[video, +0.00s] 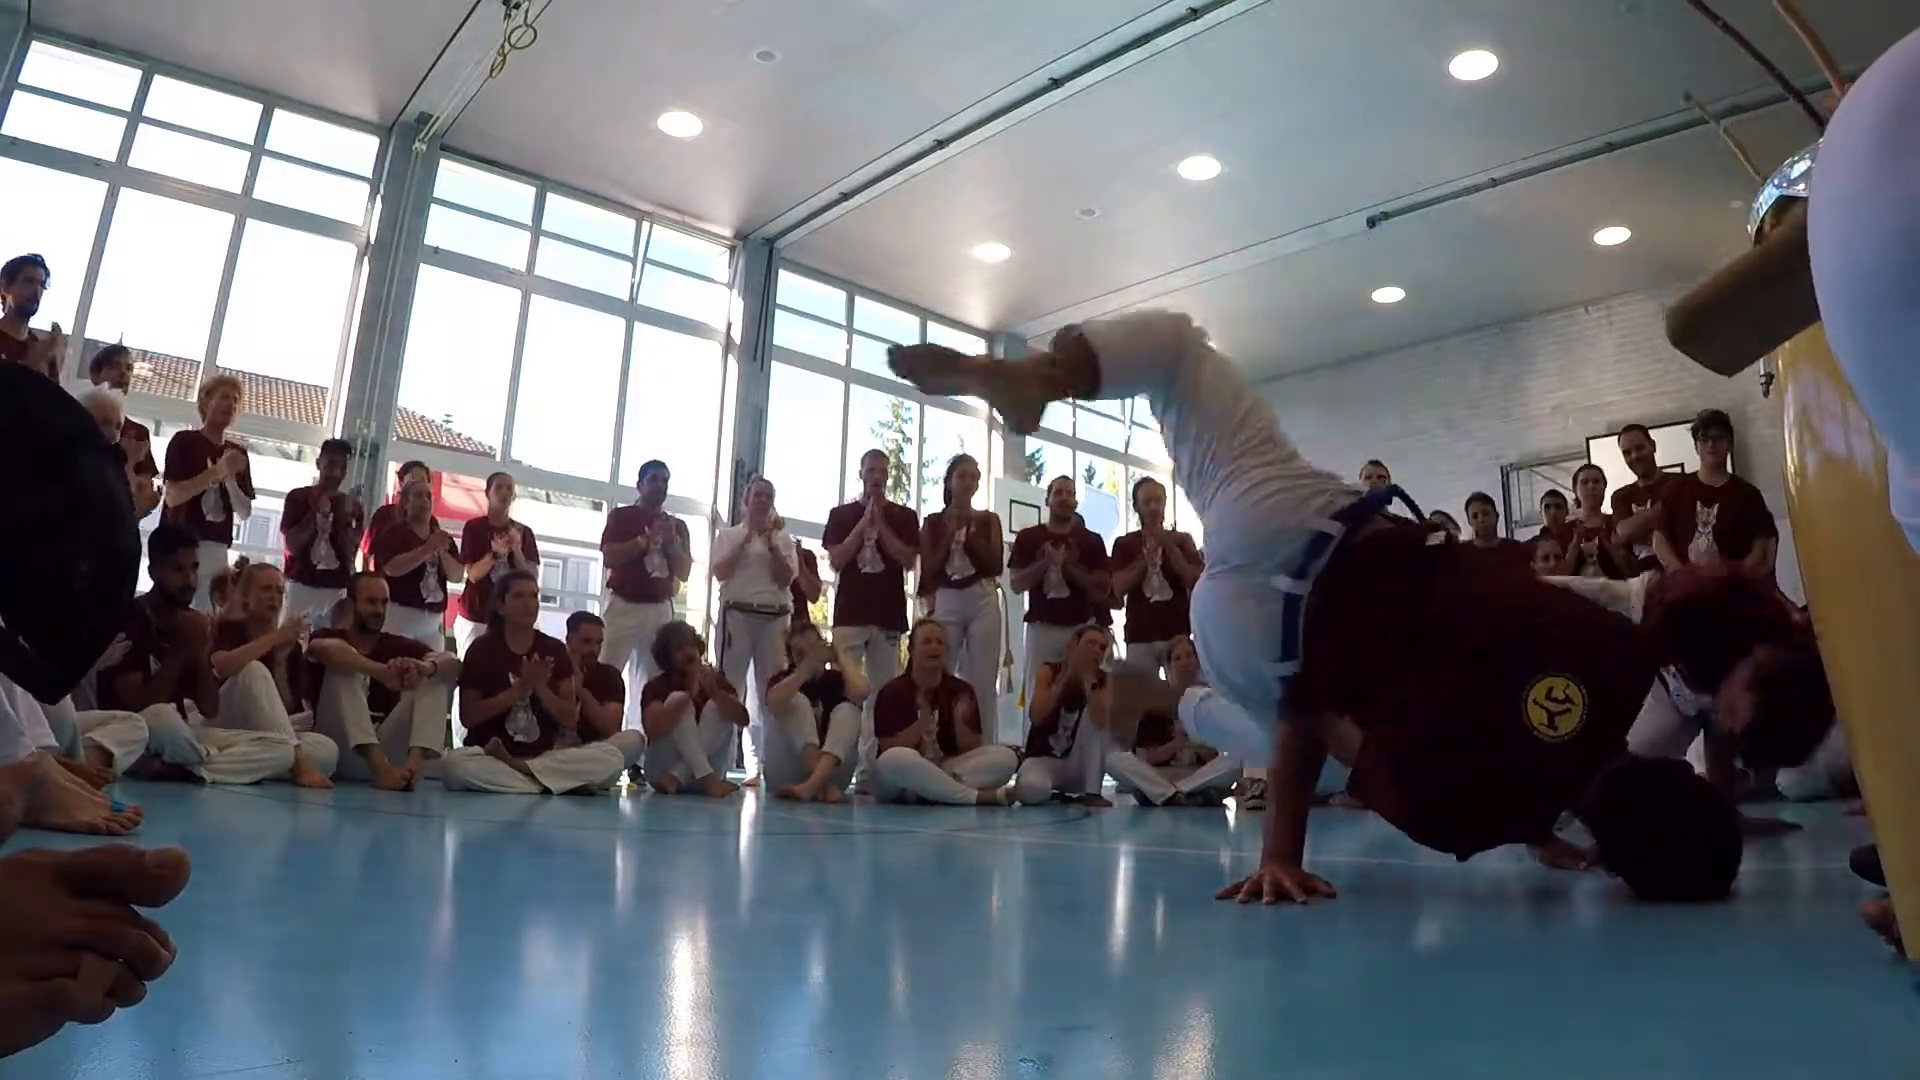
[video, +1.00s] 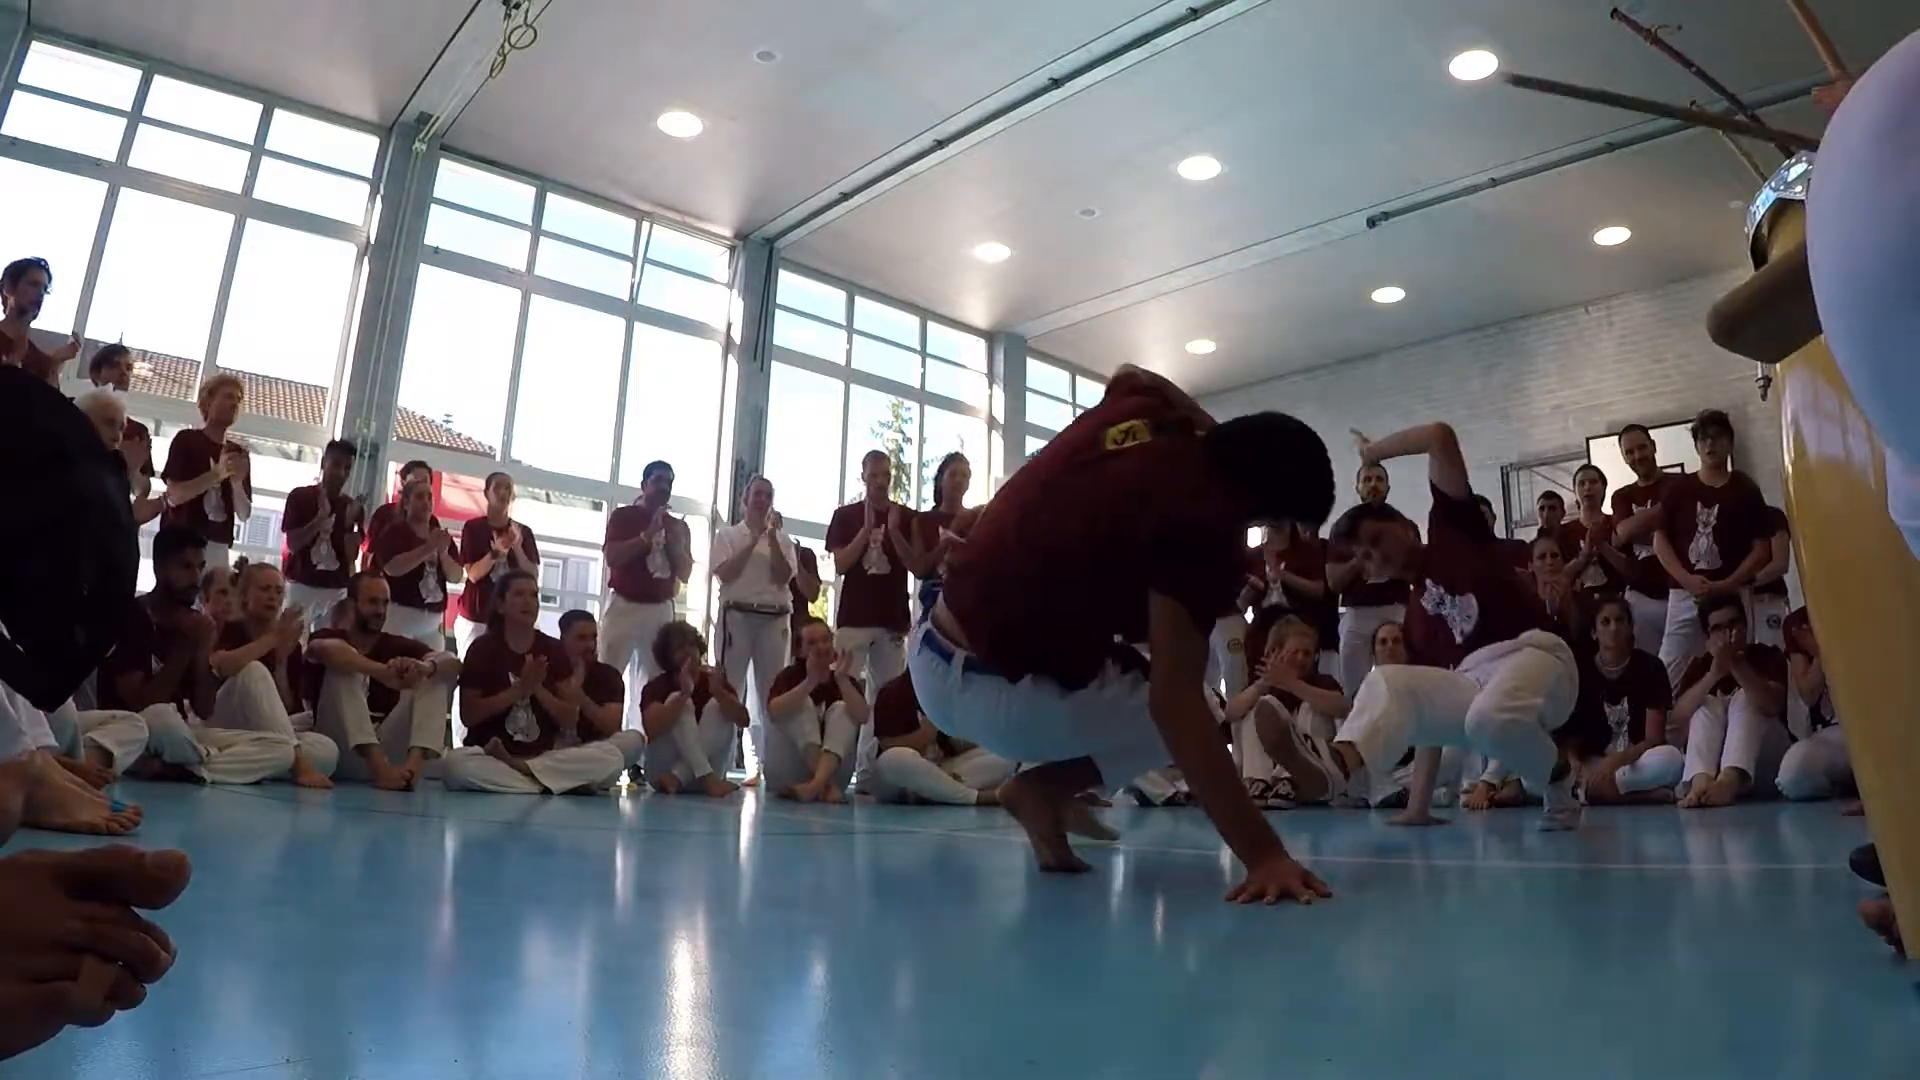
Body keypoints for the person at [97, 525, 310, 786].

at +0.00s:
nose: (190, 579)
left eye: (194, 568)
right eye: (177, 569)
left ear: (199, 569)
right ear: (153, 572)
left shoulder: (195, 622)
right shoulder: (129, 616)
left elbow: (209, 708)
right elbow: (137, 702)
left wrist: (200, 650)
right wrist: (183, 647)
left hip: (184, 733)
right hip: (134, 733)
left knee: (283, 751)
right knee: (162, 716)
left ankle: (182, 771)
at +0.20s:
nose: (190, 578)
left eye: (194, 567)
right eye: (178, 569)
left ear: (200, 568)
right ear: (153, 570)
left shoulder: (197, 623)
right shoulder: (126, 616)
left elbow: (208, 707)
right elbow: (138, 703)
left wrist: (196, 651)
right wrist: (181, 650)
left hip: (185, 730)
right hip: (131, 733)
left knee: (285, 752)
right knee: (161, 716)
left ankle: (181, 771)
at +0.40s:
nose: (193, 580)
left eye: (196, 569)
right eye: (180, 570)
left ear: (201, 569)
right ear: (155, 572)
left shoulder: (196, 623)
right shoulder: (129, 615)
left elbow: (206, 708)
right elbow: (135, 703)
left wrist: (196, 659)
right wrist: (184, 650)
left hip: (184, 731)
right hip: (133, 731)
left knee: (283, 752)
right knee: (162, 716)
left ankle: (182, 771)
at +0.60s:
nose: (193, 579)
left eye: (198, 569)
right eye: (182, 569)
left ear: (203, 569)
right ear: (156, 570)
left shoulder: (197, 623)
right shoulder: (129, 615)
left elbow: (206, 709)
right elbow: (135, 704)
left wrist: (203, 650)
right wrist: (183, 650)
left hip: (185, 730)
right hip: (133, 732)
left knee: (285, 751)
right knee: (161, 716)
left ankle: (182, 771)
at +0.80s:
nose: (195, 578)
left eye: (198, 569)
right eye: (184, 569)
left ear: (203, 570)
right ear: (157, 569)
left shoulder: (199, 624)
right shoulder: (131, 614)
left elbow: (208, 708)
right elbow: (134, 703)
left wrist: (201, 649)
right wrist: (183, 653)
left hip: (185, 731)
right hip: (133, 733)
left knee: (284, 753)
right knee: (161, 716)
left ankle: (181, 771)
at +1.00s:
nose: (195, 577)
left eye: (199, 567)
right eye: (184, 567)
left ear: (204, 569)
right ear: (158, 568)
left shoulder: (200, 624)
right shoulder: (131, 614)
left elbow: (205, 709)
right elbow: (138, 703)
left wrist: (203, 650)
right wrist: (185, 647)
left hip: (184, 731)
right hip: (132, 732)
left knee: (283, 752)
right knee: (161, 717)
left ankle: (178, 770)